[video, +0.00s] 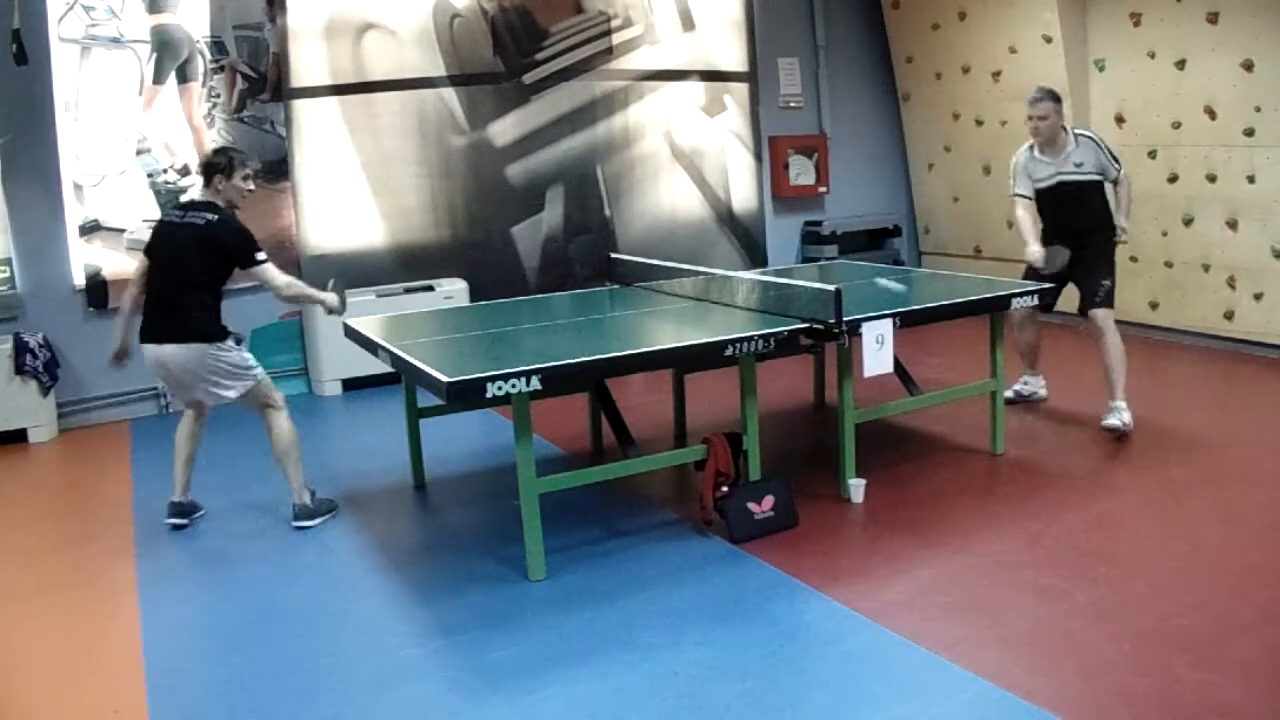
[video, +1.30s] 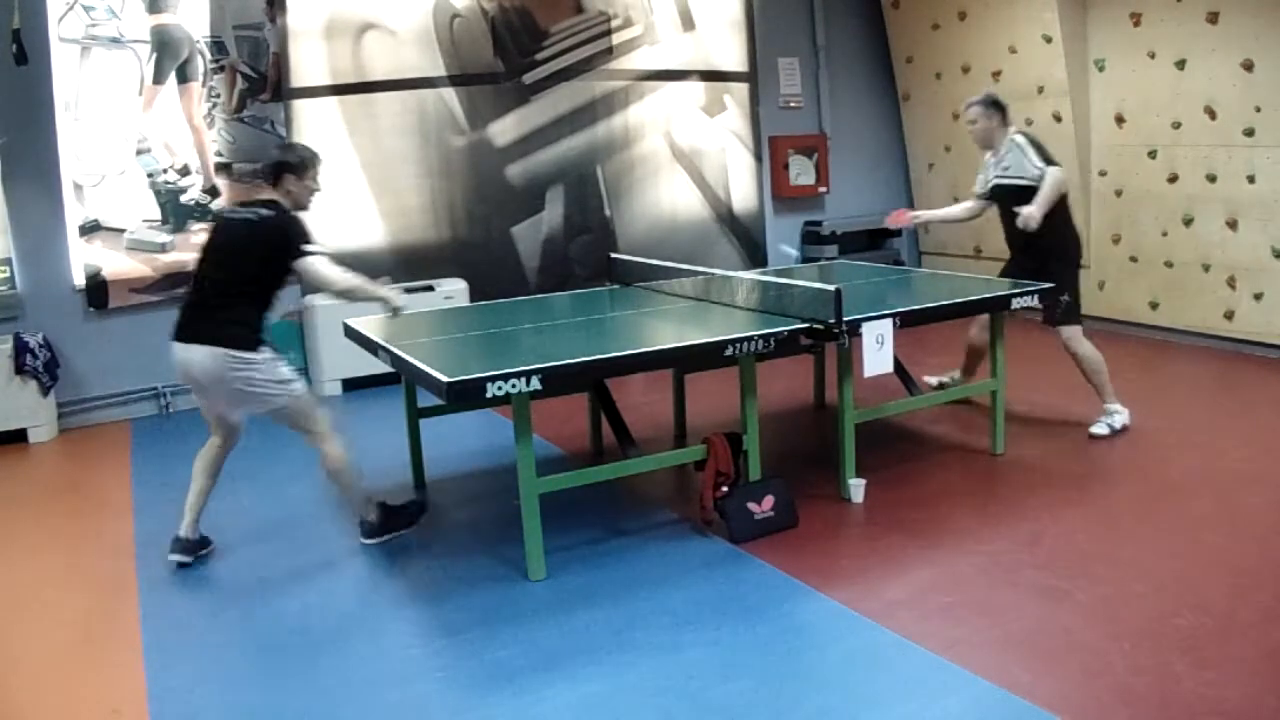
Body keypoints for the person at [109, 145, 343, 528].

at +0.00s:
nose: (250, 187)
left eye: (251, 179)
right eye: (244, 179)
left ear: (211, 181)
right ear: (219, 180)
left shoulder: (168, 221)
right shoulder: (228, 227)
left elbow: (136, 286)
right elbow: (280, 285)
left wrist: (124, 340)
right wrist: (323, 297)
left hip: (154, 345)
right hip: (201, 345)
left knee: (194, 407)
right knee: (273, 404)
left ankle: (179, 501)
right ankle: (303, 501)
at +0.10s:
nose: (249, 183)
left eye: (250, 175)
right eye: (243, 175)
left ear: (210, 177)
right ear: (217, 175)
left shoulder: (173, 214)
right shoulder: (221, 222)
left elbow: (192, 278)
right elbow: (264, 291)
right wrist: (310, 306)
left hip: (151, 338)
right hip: (193, 338)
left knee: (198, 406)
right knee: (274, 403)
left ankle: (178, 501)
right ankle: (301, 502)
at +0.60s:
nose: (309, 200)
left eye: (310, 192)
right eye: (303, 192)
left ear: (271, 193)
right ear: (276, 191)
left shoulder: (233, 226)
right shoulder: (264, 230)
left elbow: (211, 283)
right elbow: (264, 295)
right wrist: (314, 313)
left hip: (186, 340)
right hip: (227, 342)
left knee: (213, 416)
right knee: (316, 408)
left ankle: (179, 506)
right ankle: (340, 514)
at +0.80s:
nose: (365, 243)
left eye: (365, 235)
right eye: (359, 234)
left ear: (333, 232)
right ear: (333, 231)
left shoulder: (280, 256)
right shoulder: (320, 261)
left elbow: (242, 309)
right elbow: (345, 298)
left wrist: (210, 368)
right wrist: (396, 297)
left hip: (219, 364)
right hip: (261, 370)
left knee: (232, 426)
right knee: (360, 407)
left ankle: (181, 507)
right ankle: (376, 515)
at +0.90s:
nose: (384, 244)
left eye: (384, 235)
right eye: (380, 234)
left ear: (343, 229)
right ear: (357, 231)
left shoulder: (292, 255)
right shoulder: (357, 261)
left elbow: (244, 309)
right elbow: (418, 273)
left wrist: (211, 363)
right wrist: (466, 272)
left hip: (228, 362)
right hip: (275, 371)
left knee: (233, 427)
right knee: (369, 405)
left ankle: (183, 505)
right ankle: (377, 513)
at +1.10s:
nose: (372, 213)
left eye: (373, 206)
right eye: (369, 205)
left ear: (330, 202)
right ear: (345, 203)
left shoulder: (279, 232)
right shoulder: (353, 243)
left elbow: (235, 291)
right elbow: (425, 266)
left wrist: (208, 348)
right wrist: (475, 270)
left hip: (227, 352)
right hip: (274, 363)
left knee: (236, 421)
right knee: (362, 402)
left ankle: (188, 508)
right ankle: (377, 511)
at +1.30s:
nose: (315, 191)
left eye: (315, 183)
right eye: (311, 182)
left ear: (277, 181)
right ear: (286, 181)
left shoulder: (231, 218)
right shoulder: (282, 225)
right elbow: (328, 279)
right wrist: (382, 294)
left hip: (187, 348)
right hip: (235, 353)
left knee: (223, 434)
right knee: (319, 426)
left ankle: (185, 536)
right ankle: (368, 517)